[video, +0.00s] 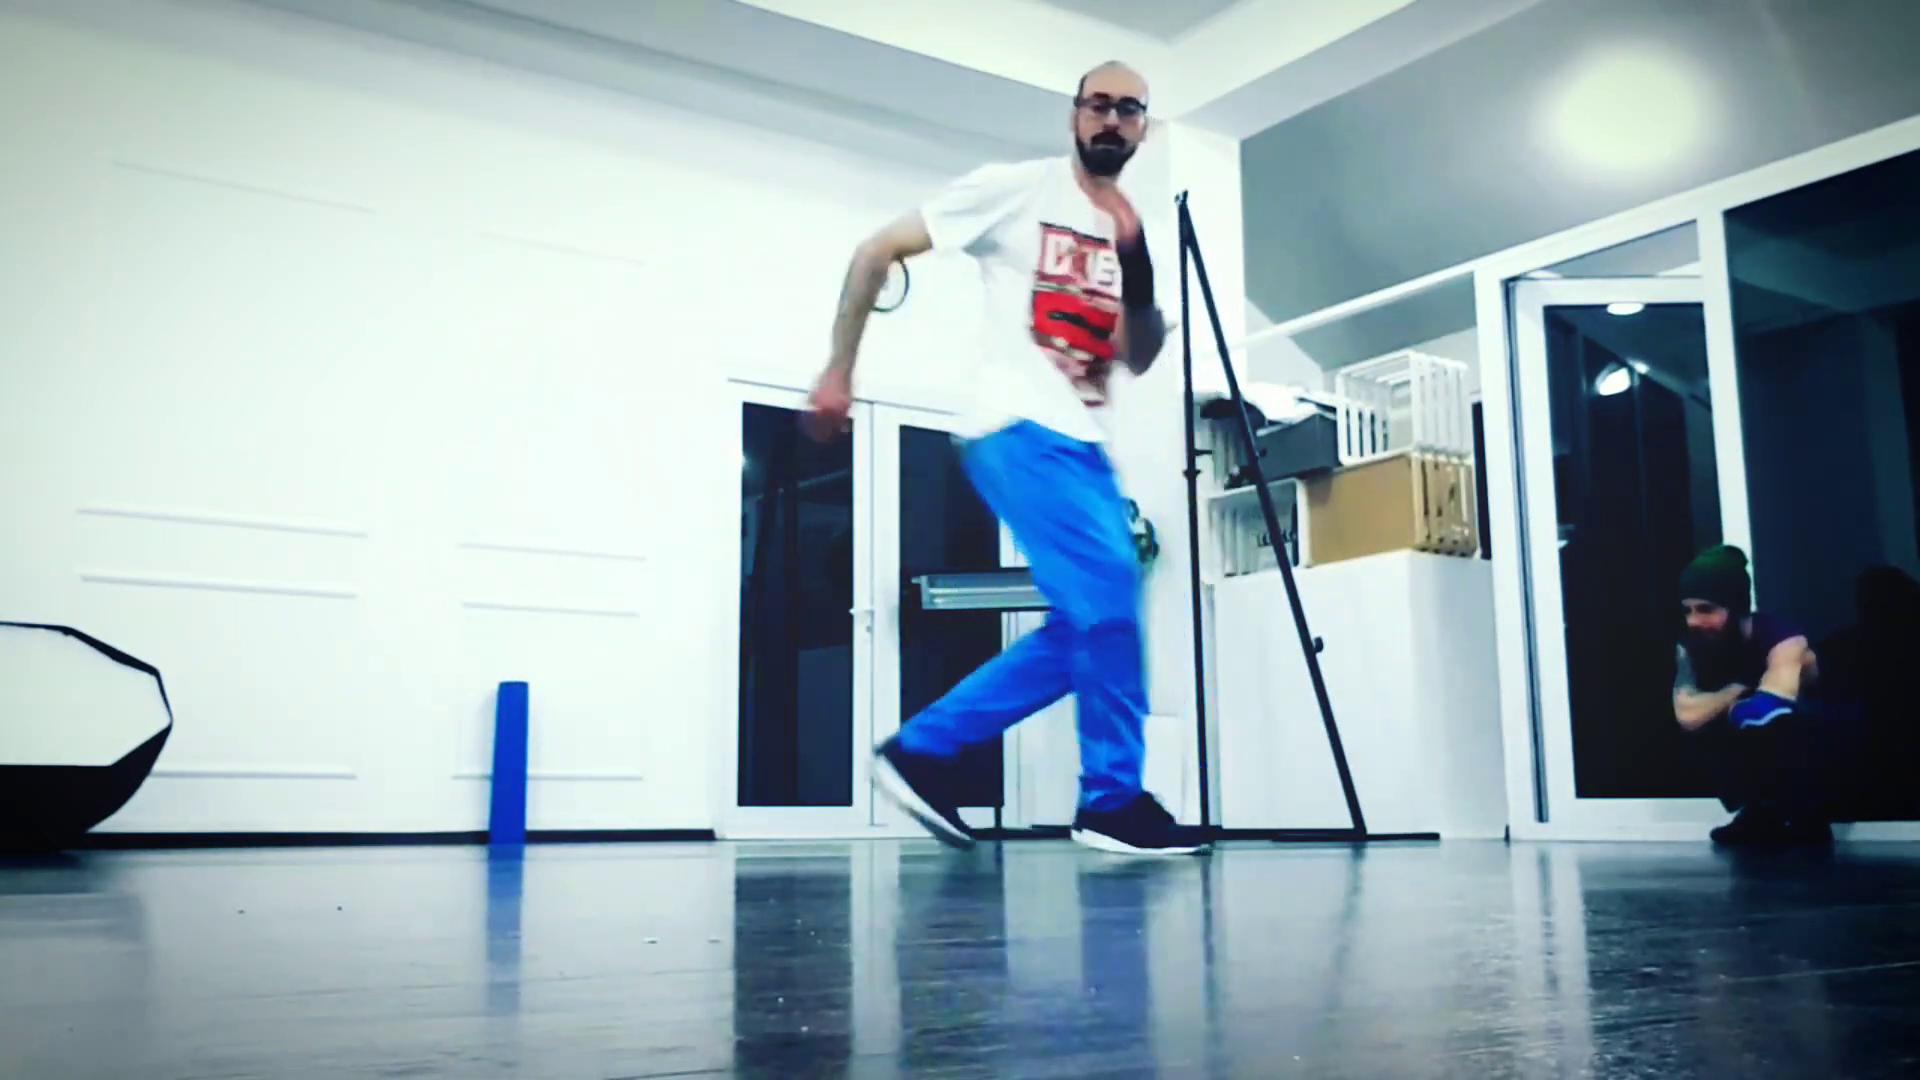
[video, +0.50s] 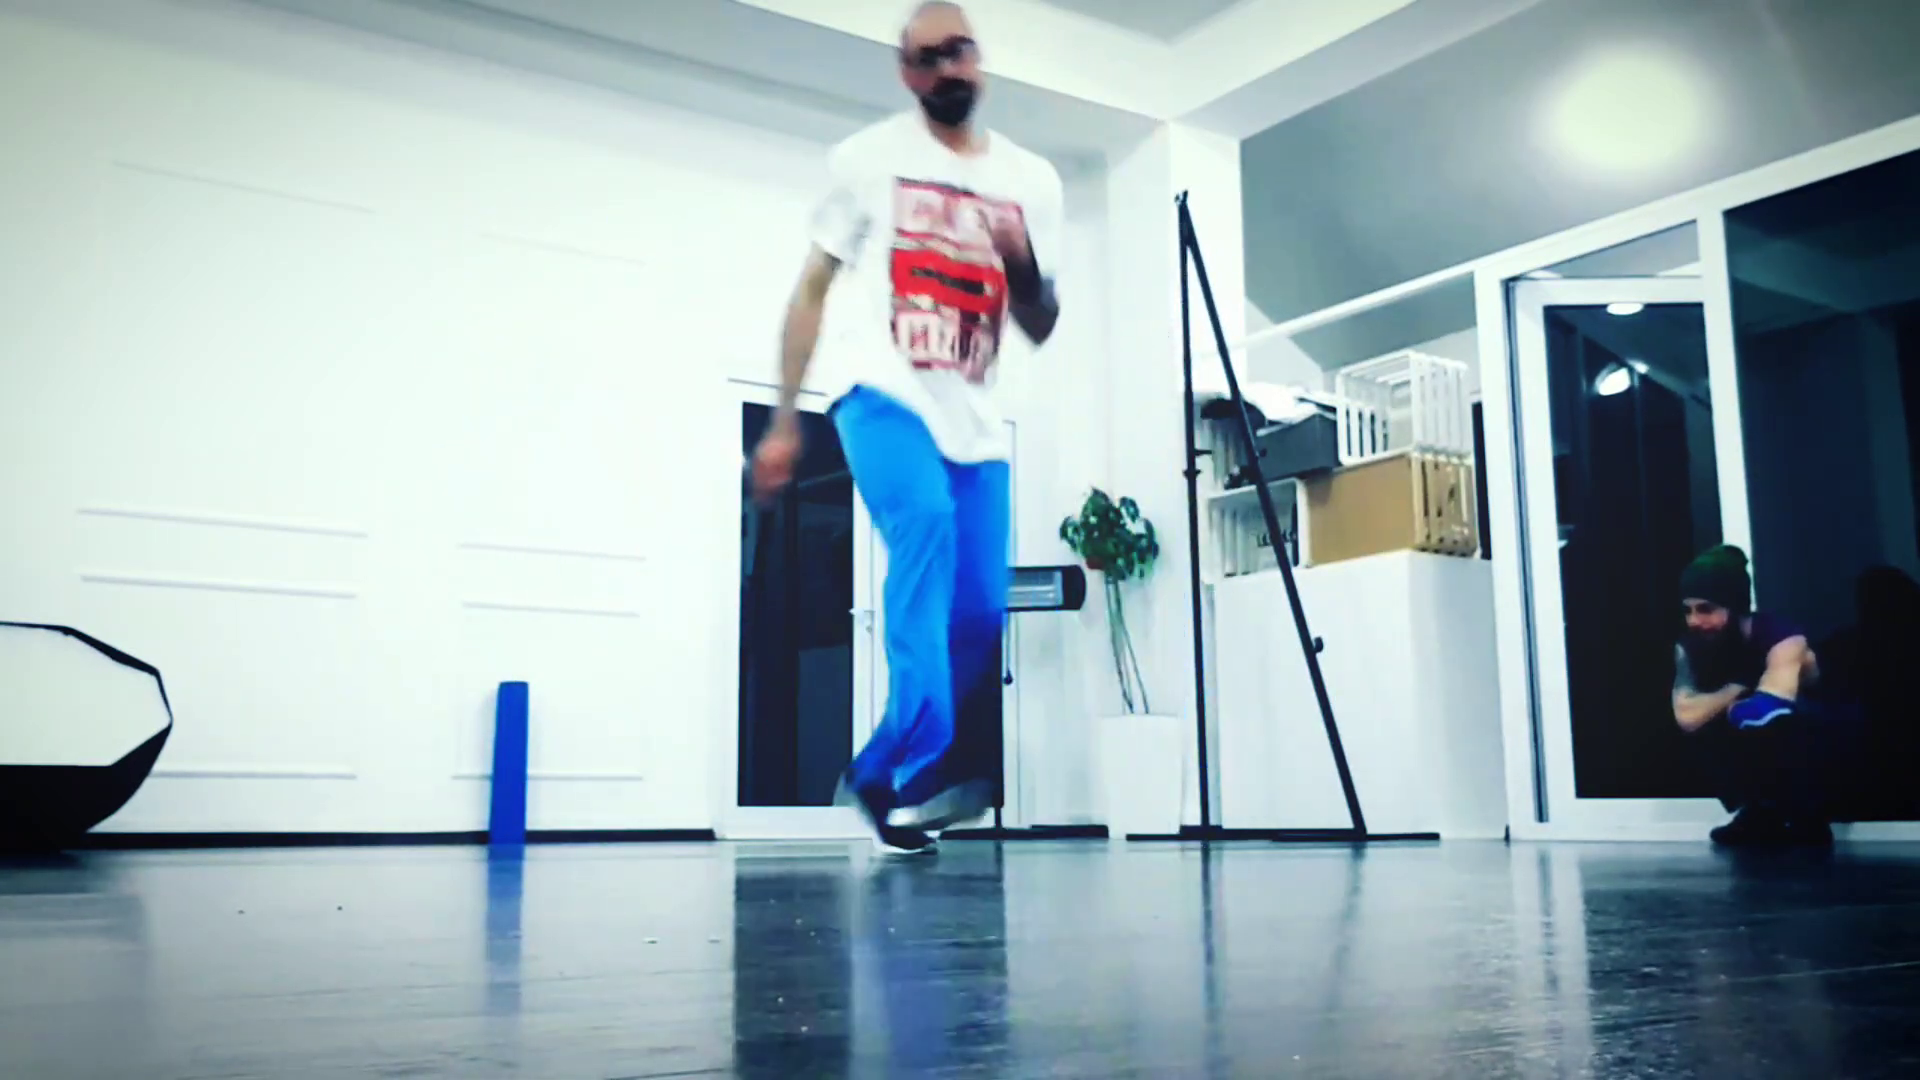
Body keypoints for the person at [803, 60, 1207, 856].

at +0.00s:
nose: (1110, 120)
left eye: (1126, 110)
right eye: (1097, 105)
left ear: (1144, 127)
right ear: (1073, 113)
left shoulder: (1132, 224)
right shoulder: (1019, 187)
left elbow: (1140, 357)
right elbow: (876, 252)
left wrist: (1136, 260)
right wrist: (838, 371)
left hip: (1080, 438)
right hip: (1014, 424)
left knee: (1090, 623)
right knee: (1109, 578)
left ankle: (918, 752)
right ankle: (1113, 797)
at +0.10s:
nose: (1097, 116)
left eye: (1112, 104)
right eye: (1083, 101)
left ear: (1129, 120)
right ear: (1057, 111)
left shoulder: (1122, 249)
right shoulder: (997, 182)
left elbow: (1107, 396)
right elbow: (876, 268)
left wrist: (1120, 360)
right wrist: (926, 347)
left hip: (1033, 443)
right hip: (959, 415)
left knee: (1016, 612)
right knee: (1047, 569)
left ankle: (904, 790)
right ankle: (1036, 777)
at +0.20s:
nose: (1065, 104)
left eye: (1079, 90)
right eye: (1049, 89)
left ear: (1096, 104)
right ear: (1020, 100)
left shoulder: (1094, 239)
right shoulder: (964, 173)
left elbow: (1065, 363)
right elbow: (873, 278)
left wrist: (1086, 446)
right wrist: (975, 250)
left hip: (1012, 433)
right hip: (930, 392)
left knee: (1003, 617)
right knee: (997, 533)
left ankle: (884, 795)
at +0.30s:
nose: (1035, 88)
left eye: (1048, 74)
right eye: (1018, 74)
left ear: (1067, 86)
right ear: (990, 84)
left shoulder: (1073, 217)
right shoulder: (935, 154)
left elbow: (1033, 333)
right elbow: (855, 258)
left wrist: (1057, 408)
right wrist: (965, 208)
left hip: (998, 416)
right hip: (907, 377)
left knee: (1020, 594)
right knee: (960, 516)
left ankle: (893, 767)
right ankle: (793, 622)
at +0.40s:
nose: (996, 84)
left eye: (1009, 68)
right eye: (978, 71)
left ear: (1031, 79)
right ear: (953, 84)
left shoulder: (1054, 213)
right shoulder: (906, 164)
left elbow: (1024, 324)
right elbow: (835, 291)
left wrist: (1038, 366)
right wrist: (888, 333)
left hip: (983, 429)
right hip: (895, 397)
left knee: (968, 617)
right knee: (915, 528)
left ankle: (875, 801)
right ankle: (887, 765)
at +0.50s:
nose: (948, 68)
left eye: (958, 51)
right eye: (928, 58)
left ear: (982, 57)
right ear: (905, 72)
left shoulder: (1029, 177)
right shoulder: (868, 159)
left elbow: (1039, 326)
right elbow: (811, 289)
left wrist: (1020, 260)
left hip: (978, 408)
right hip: (883, 391)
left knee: (984, 604)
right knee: (927, 524)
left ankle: (879, 772)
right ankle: (920, 775)